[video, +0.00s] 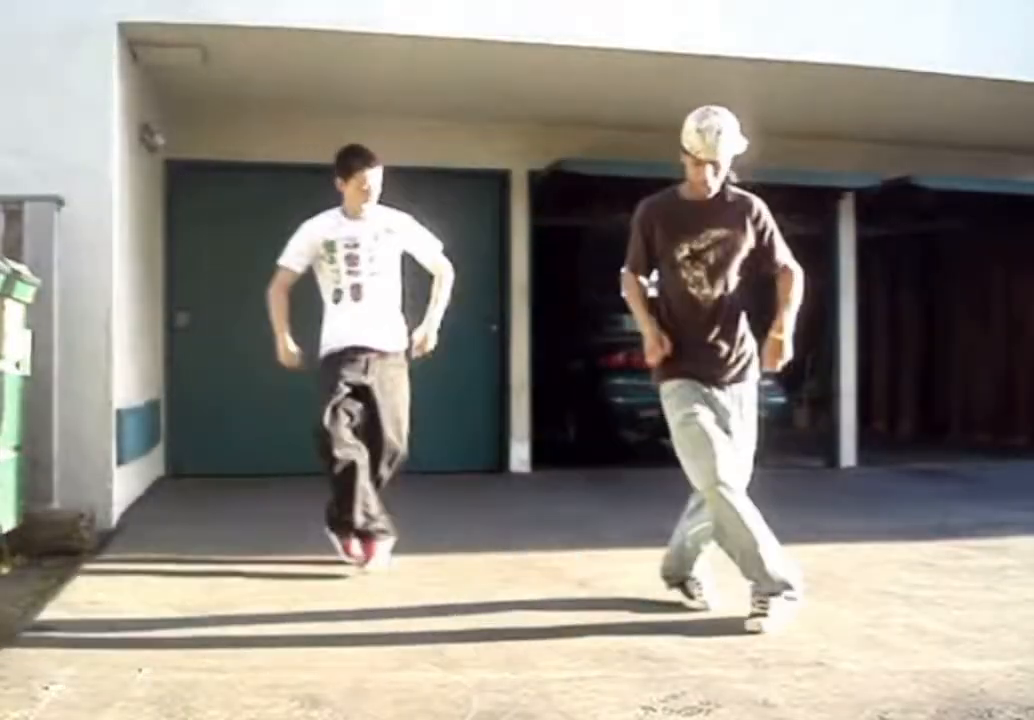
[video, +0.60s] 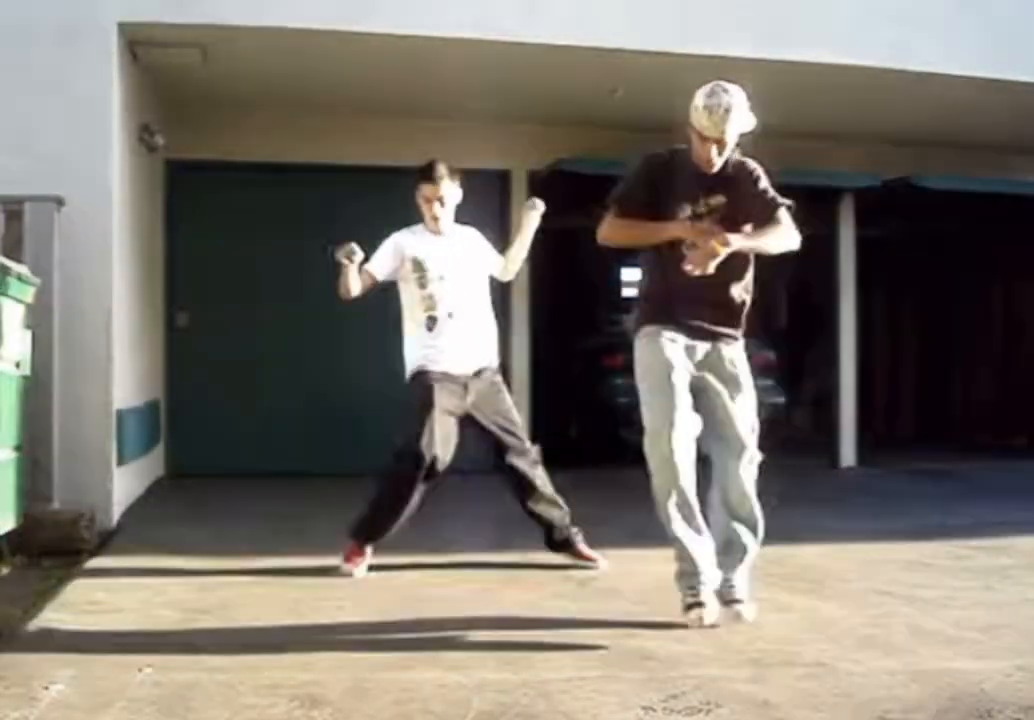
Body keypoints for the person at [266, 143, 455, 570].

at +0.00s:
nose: (371, 193)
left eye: (375, 184)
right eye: (362, 185)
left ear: (381, 183)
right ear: (342, 184)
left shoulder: (397, 225)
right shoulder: (318, 229)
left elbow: (444, 270)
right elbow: (278, 286)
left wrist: (431, 324)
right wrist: (283, 337)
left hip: (390, 348)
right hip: (341, 348)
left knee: (393, 444)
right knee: (338, 435)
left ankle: (343, 519)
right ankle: (377, 528)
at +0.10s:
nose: (384, 205)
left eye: (389, 196)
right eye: (376, 197)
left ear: (396, 196)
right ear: (356, 197)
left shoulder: (417, 244)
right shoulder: (337, 249)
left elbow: (434, 302)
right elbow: (323, 313)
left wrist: (418, 351)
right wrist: (319, 373)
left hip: (401, 360)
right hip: (354, 359)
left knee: (381, 455)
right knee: (373, 454)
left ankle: (338, 528)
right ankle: (427, 537)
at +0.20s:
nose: (398, 200)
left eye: (403, 191)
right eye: (389, 192)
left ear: (412, 190)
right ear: (373, 193)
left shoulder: (439, 235)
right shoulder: (358, 245)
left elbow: (446, 297)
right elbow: (348, 307)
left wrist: (431, 336)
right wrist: (342, 370)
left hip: (428, 358)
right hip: (382, 357)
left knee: (420, 453)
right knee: (403, 446)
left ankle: (355, 519)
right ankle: (433, 541)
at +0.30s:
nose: (420, 196)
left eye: (427, 187)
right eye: (412, 188)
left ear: (441, 181)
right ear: (400, 185)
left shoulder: (463, 222)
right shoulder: (388, 233)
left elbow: (475, 286)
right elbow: (368, 298)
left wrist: (495, 338)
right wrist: (338, 356)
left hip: (463, 352)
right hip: (413, 353)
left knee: (498, 431)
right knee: (399, 438)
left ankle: (464, 517)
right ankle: (393, 536)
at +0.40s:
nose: (442, 214)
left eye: (449, 206)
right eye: (435, 206)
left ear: (464, 203)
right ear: (425, 205)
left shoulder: (480, 243)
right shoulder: (411, 252)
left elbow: (491, 300)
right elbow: (380, 313)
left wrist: (547, 316)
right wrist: (327, 349)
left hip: (488, 372)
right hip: (441, 375)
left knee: (537, 448)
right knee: (414, 455)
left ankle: (559, 539)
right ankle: (349, 539)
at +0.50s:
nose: (449, 233)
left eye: (456, 224)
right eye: (441, 224)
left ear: (472, 221)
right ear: (432, 224)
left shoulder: (488, 265)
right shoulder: (421, 276)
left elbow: (523, 302)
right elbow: (375, 323)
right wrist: (326, 299)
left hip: (505, 392)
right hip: (458, 399)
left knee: (558, 466)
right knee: (434, 487)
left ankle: (572, 543)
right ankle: (354, 544)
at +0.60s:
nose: (435, 209)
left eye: (443, 201)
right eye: (428, 201)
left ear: (457, 199)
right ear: (417, 201)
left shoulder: (471, 239)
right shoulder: (402, 244)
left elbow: (507, 270)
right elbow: (353, 290)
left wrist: (529, 225)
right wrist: (350, 267)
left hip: (483, 369)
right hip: (434, 370)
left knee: (522, 452)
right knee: (428, 456)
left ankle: (565, 536)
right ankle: (362, 541)